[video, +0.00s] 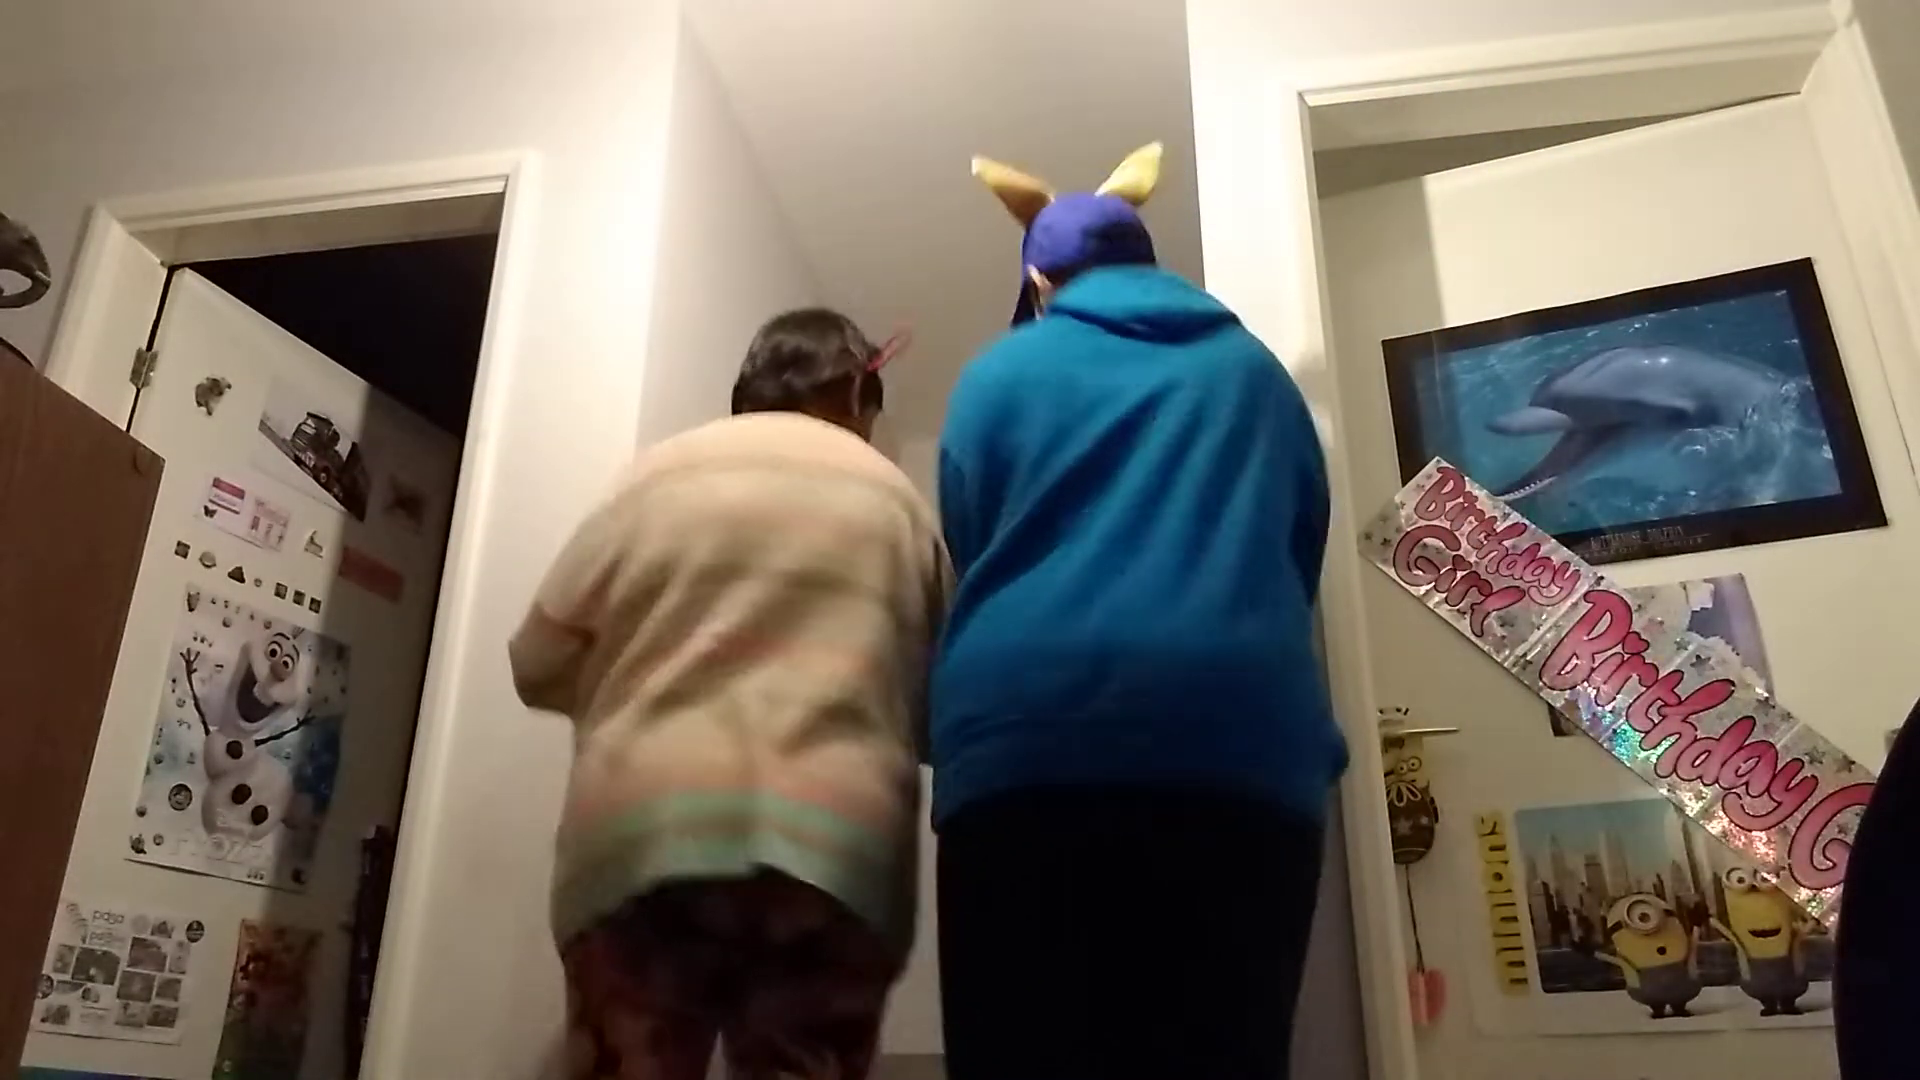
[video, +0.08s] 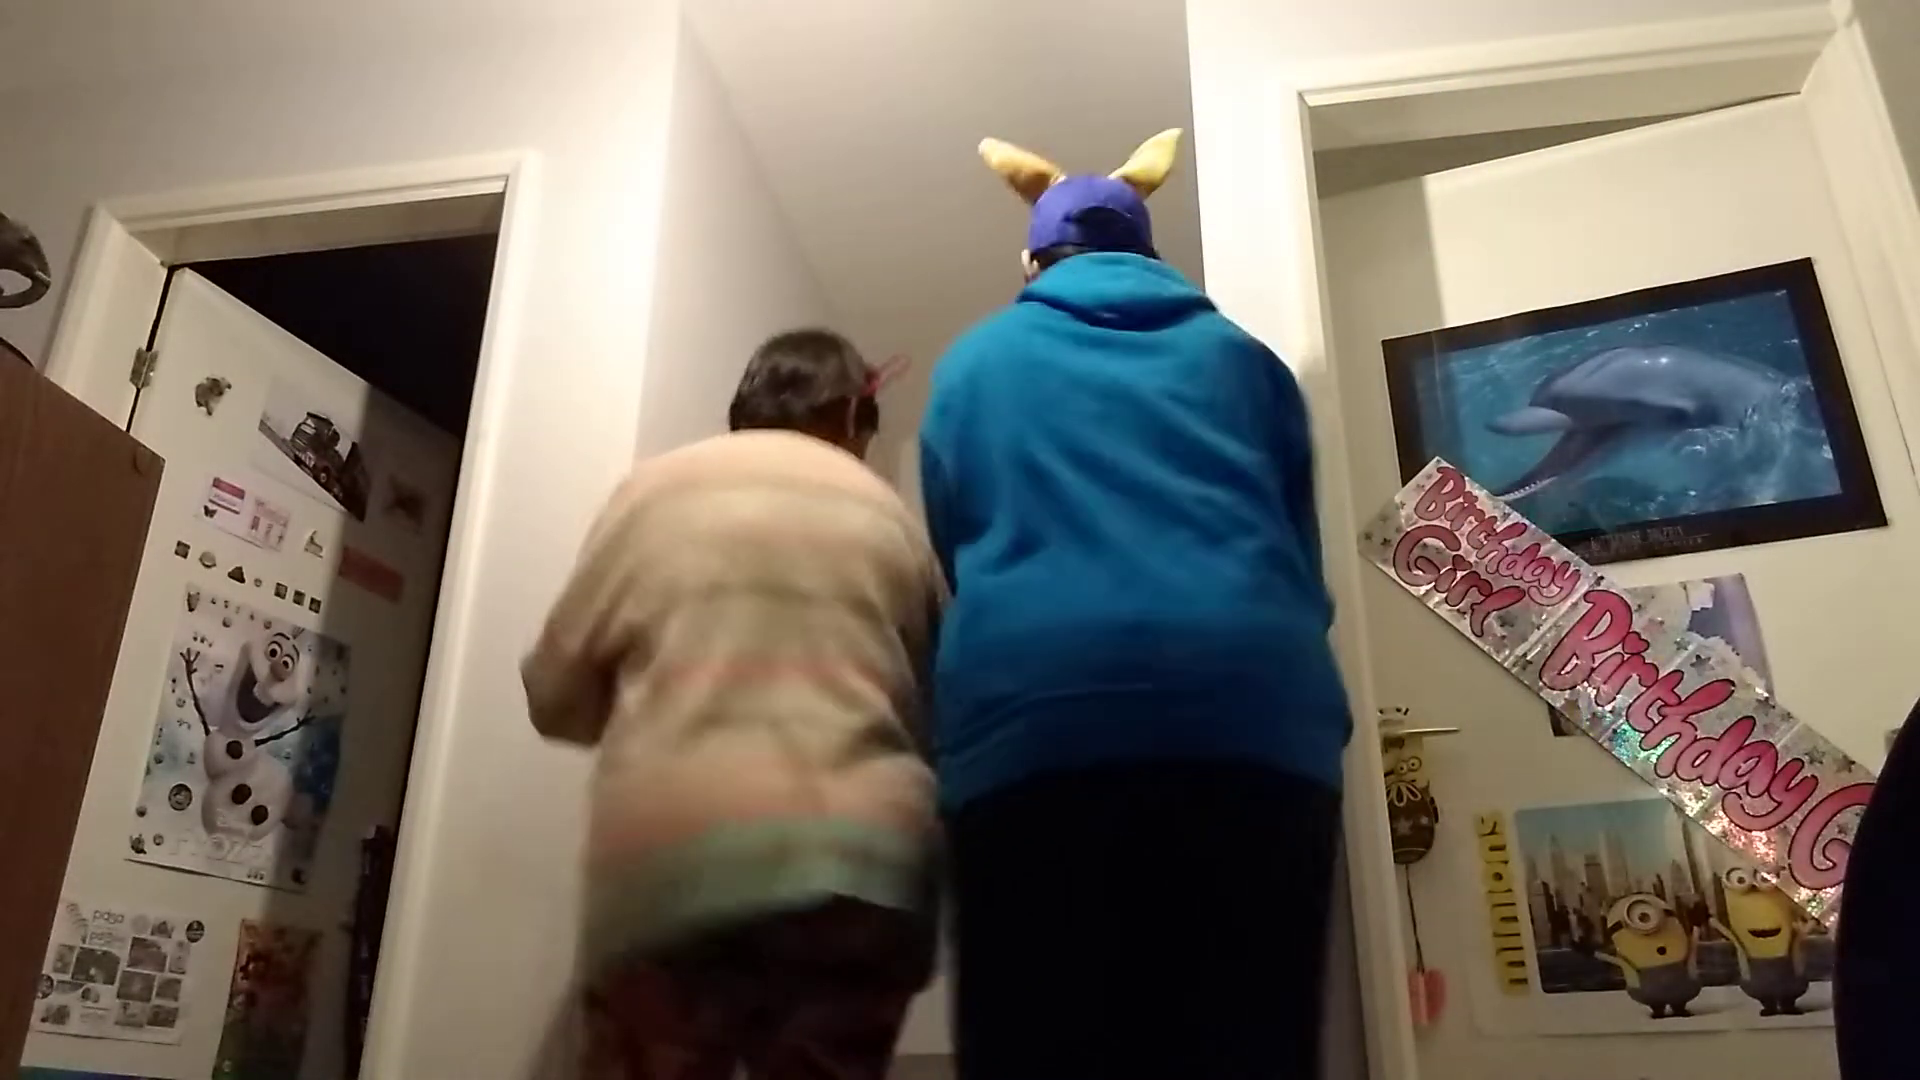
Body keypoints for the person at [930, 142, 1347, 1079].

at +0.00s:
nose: (1022, 304)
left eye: (1023, 289)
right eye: (1025, 290)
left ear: (1040, 286)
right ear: (1150, 266)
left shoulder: (1001, 372)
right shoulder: (1259, 370)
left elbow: (968, 543)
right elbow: (1305, 536)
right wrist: (1258, 650)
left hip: (1021, 750)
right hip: (1250, 754)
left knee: (1019, 1040)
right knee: (1226, 1044)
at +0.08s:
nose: (1022, 265)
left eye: (1028, 252)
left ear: (1035, 262)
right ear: (1151, 248)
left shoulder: (974, 364)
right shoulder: (1249, 358)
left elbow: (954, 546)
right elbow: (1299, 548)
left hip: (1031, 735)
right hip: (1261, 729)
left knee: (1037, 1032)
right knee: (1250, 1034)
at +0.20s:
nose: (1016, 286)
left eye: (1022, 273)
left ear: (1031, 284)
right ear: (1151, 281)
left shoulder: (953, 392)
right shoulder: (1220, 379)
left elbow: (941, 576)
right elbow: (1299, 580)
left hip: (1035, 768)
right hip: (1266, 753)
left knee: (1061, 1048)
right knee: (1266, 1048)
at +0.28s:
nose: (1018, 300)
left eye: (1023, 287)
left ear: (1033, 300)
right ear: (1154, 290)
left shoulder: (964, 394)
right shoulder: (1221, 388)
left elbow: (938, 570)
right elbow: (1275, 560)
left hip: (1020, 760)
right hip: (1249, 747)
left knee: (1048, 1042)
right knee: (1252, 1044)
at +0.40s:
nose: (1026, 288)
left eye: (1030, 275)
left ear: (1044, 279)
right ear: (1155, 262)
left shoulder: (992, 360)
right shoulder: (1241, 366)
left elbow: (938, 519)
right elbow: (1286, 517)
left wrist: (985, 619)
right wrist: (1209, 605)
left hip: (989, 719)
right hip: (1222, 722)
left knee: (1008, 1027)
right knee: (1219, 1023)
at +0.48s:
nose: (1025, 294)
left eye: (1029, 281)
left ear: (1045, 281)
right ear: (1155, 262)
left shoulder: (996, 361)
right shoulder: (1254, 364)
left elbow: (930, 513)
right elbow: (1289, 523)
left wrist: (970, 616)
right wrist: (1211, 613)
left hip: (979, 734)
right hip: (1215, 739)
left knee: (1004, 1038)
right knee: (1202, 1040)